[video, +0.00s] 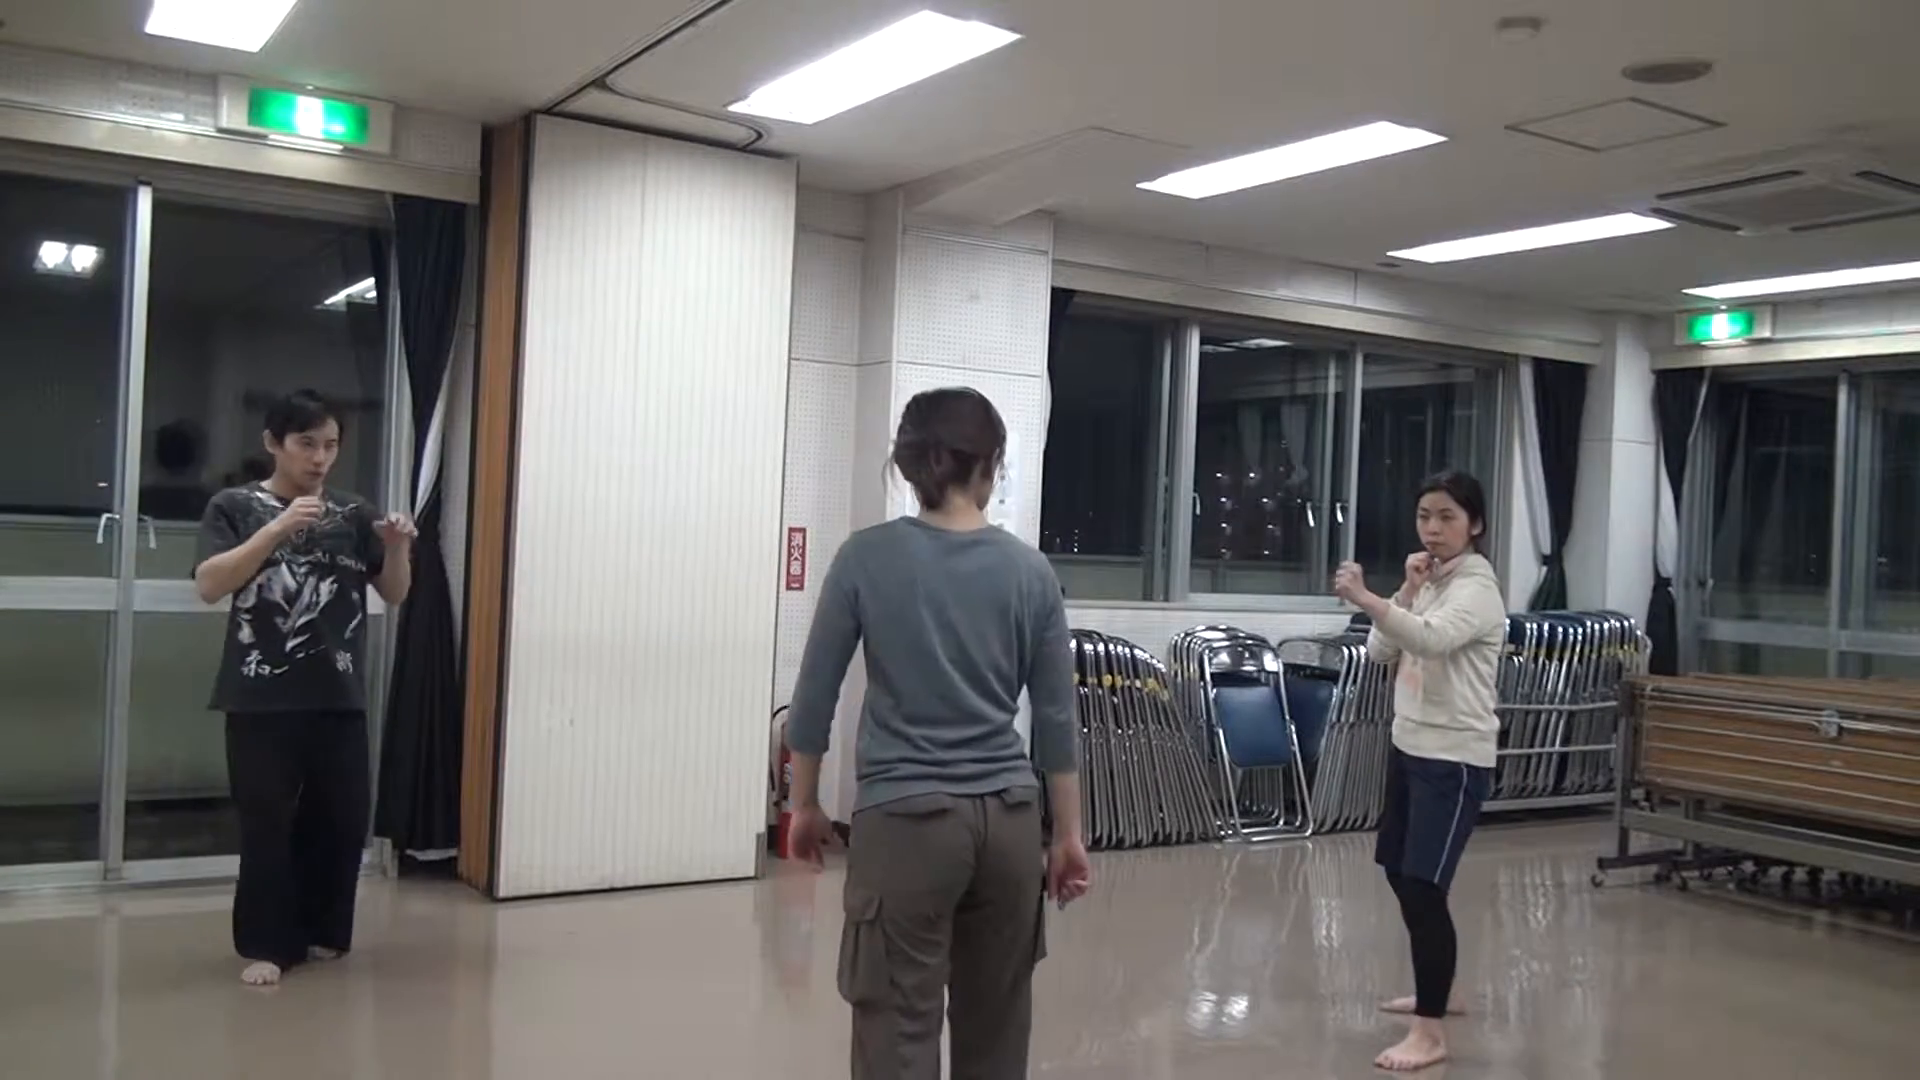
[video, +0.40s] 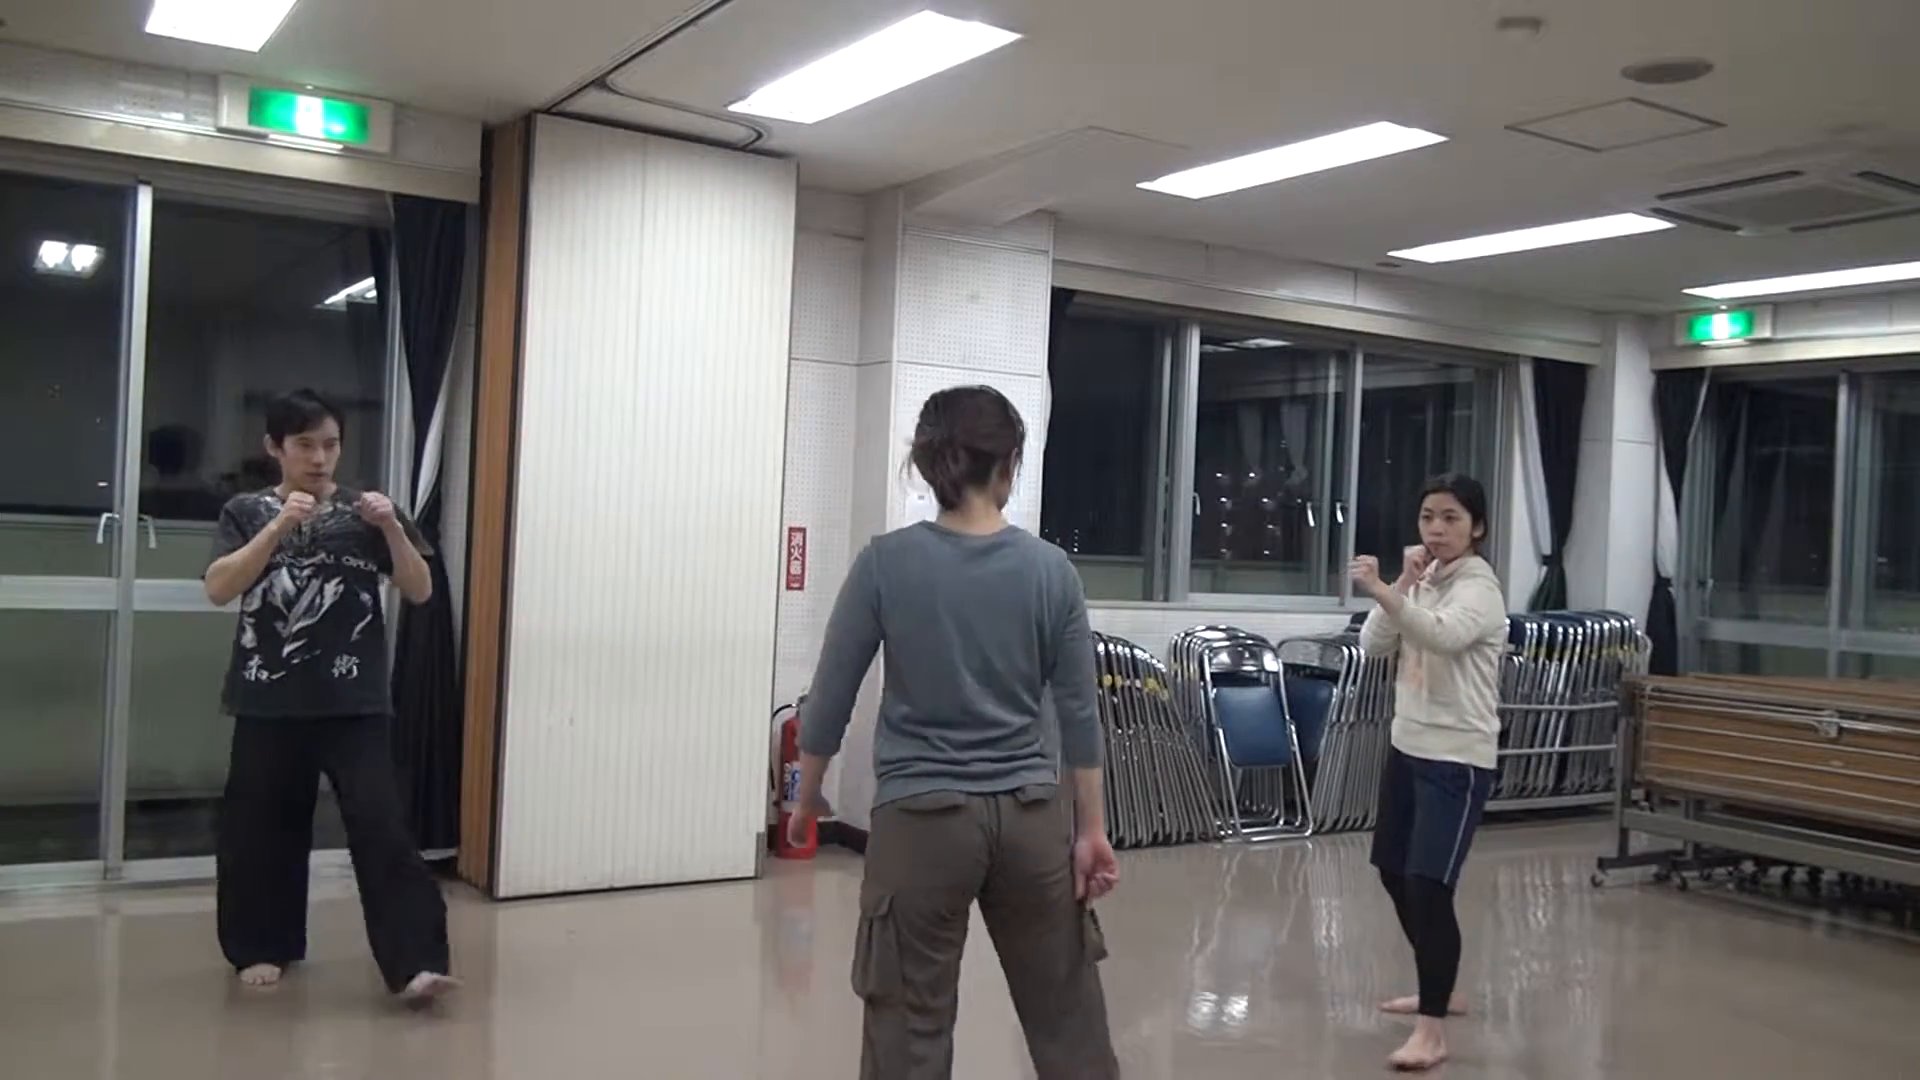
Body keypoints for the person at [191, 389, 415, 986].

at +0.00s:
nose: (322, 457)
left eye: (330, 445)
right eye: (309, 445)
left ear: (338, 448)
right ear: (275, 444)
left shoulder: (352, 516)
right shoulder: (236, 507)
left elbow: (393, 594)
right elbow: (209, 584)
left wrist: (398, 546)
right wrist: (277, 529)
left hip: (337, 698)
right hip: (261, 698)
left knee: (344, 819)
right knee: (267, 821)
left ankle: (324, 933)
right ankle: (264, 950)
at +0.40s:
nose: (320, 456)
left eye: (330, 444)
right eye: (306, 445)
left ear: (341, 447)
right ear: (275, 448)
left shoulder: (367, 512)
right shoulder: (247, 512)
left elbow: (420, 590)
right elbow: (218, 589)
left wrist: (392, 529)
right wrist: (276, 531)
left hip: (355, 703)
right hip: (270, 704)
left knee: (381, 825)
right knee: (263, 826)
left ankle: (417, 963)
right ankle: (262, 951)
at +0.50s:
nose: (332, 457)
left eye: (342, 446)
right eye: (318, 446)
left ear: (354, 449)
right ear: (288, 450)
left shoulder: (382, 516)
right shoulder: (263, 517)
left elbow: (433, 594)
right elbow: (231, 593)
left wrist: (407, 535)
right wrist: (288, 535)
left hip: (365, 708)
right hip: (281, 708)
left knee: (392, 834)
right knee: (268, 828)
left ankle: (427, 972)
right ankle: (263, 951)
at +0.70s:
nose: (372, 452)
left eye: (382, 439)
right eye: (358, 440)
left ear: (394, 445)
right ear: (329, 445)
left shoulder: (426, 516)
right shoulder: (300, 517)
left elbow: (464, 605)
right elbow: (274, 601)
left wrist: (448, 579)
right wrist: (324, 559)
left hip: (406, 714)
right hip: (320, 712)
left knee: (421, 851)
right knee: (296, 832)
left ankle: (433, 995)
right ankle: (271, 943)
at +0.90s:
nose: (400, 450)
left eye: (409, 438)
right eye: (386, 438)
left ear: (419, 440)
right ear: (355, 441)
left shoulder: (446, 514)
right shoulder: (320, 515)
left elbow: (475, 607)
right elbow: (296, 603)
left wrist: (488, 681)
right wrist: (343, 608)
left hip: (427, 714)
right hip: (342, 715)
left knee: (437, 855)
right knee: (328, 840)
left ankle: (436, 994)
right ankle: (313, 958)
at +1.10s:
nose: (398, 451)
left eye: (407, 440)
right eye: (384, 440)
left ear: (418, 442)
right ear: (352, 442)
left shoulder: (444, 516)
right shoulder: (319, 514)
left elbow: (474, 614)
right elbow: (295, 600)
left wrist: (493, 696)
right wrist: (346, 581)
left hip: (424, 715)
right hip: (341, 716)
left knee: (430, 853)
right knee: (339, 850)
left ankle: (438, 995)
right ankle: (352, 980)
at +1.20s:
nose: (391, 452)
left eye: (401, 441)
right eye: (376, 441)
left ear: (412, 444)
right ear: (345, 445)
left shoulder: (440, 517)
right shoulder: (315, 515)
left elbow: (469, 611)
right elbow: (291, 598)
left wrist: (485, 692)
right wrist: (343, 559)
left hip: (419, 715)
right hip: (336, 715)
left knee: (426, 855)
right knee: (336, 854)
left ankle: (437, 994)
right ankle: (352, 981)